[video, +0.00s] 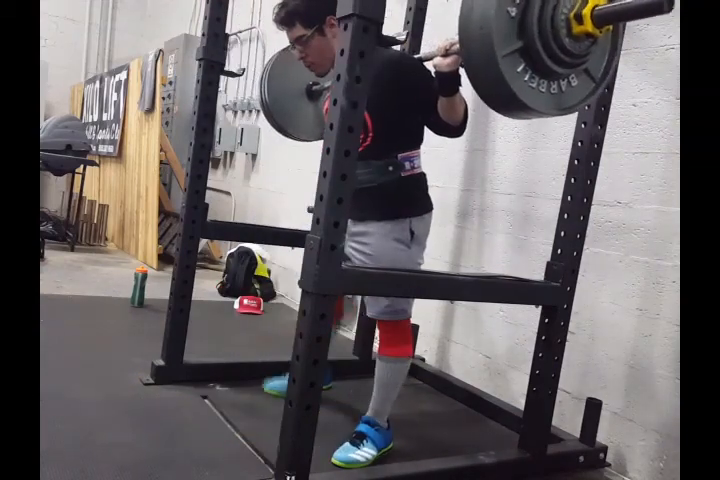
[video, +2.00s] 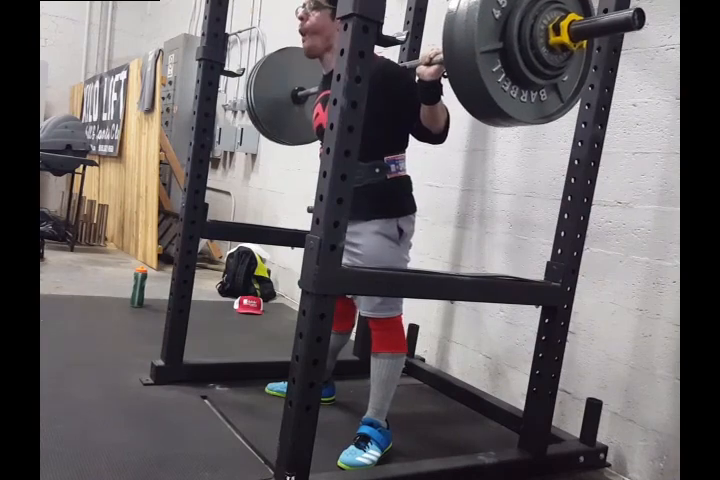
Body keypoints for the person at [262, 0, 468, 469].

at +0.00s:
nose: (299, 55)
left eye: (302, 43)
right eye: (293, 46)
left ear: (334, 28)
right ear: (327, 31)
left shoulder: (393, 66)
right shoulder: (336, 77)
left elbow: (453, 125)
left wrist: (447, 76)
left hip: (394, 216)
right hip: (343, 212)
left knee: (391, 318)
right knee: (322, 299)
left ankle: (376, 425)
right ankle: (312, 371)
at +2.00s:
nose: (300, 22)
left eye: (309, 13)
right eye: (300, 14)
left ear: (339, 20)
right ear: (322, 24)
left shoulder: (387, 74)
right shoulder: (327, 82)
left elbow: (436, 132)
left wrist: (429, 85)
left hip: (381, 212)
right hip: (334, 211)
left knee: (382, 311)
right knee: (330, 300)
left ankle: (375, 423)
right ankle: (318, 379)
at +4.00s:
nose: (310, 33)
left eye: (316, 22)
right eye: (308, 24)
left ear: (348, 20)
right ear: (330, 26)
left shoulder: (391, 78)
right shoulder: (333, 79)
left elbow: (437, 136)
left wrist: (434, 88)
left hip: (383, 218)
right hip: (335, 214)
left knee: (382, 313)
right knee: (331, 302)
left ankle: (376, 424)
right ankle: (318, 380)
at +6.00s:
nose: (273, 180)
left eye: (282, 172)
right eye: (273, 171)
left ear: (313, 177)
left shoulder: (354, 225)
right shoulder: (302, 225)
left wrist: (402, 229)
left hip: (402, 295)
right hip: (352, 292)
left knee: (353, 333)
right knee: (284, 302)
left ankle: (372, 428)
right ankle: (315, 383)